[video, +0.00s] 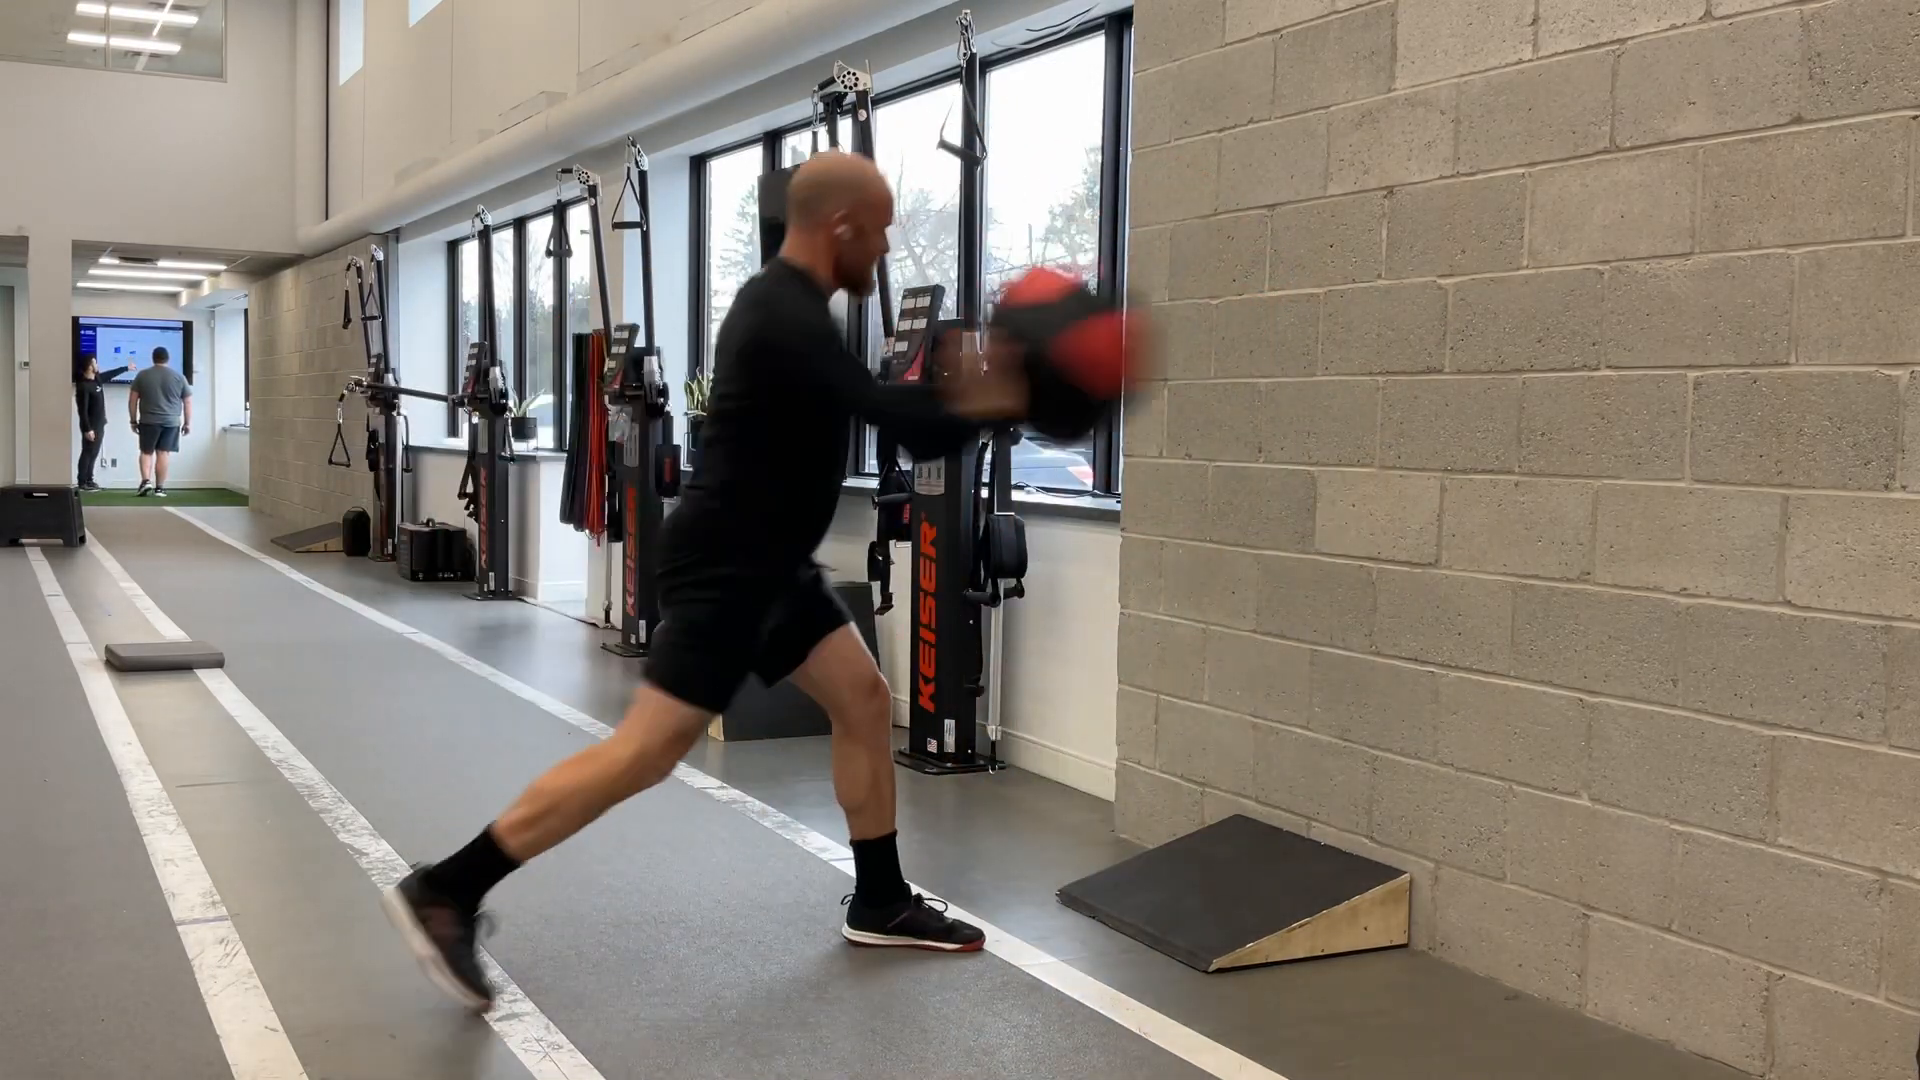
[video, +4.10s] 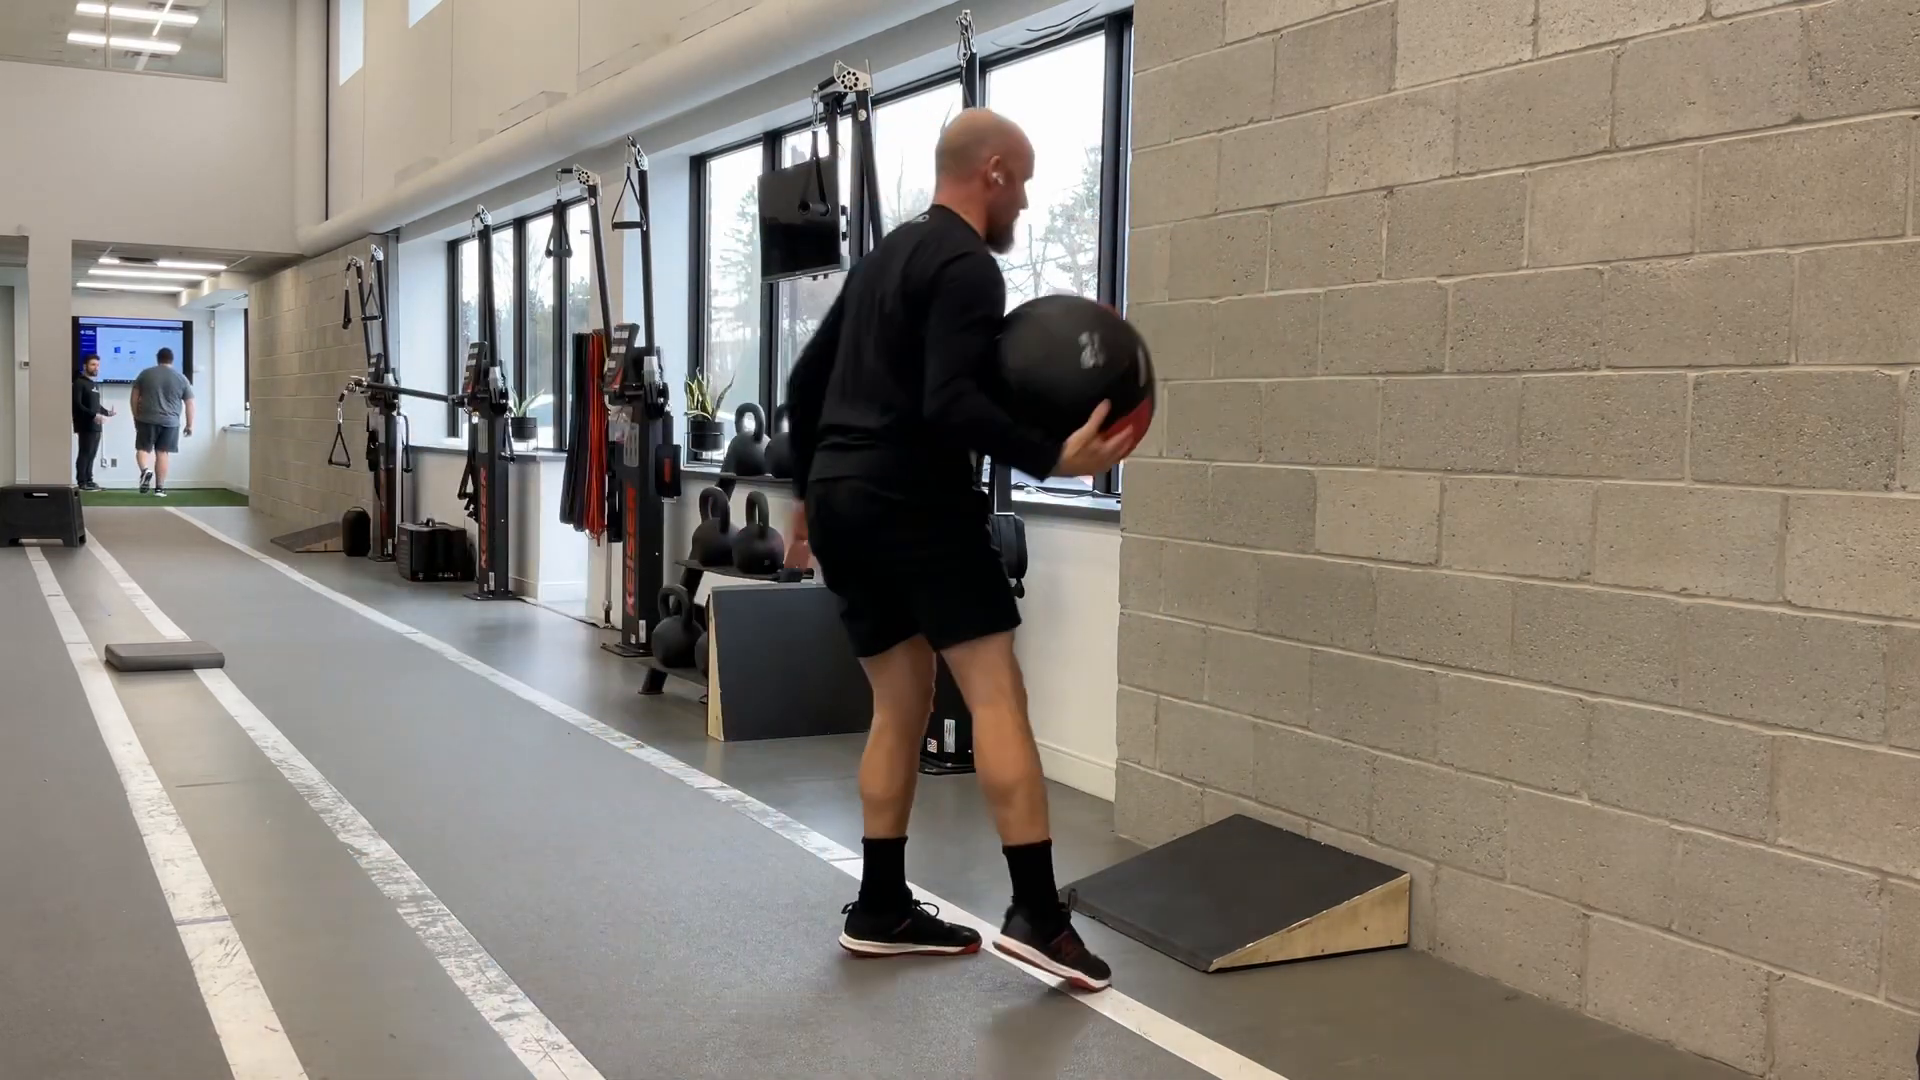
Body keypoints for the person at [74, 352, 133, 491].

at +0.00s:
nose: (96, 365)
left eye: (95, 363)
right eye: (94, 363)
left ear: (92, 365)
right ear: (89, 366)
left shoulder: (98, 379)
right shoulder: (83, 385)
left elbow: (111, 374)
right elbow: (82, 410)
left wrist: (126, 368)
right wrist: (87, 429)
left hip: (99, 423)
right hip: (90, 424)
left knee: (93, 454)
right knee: (87, 453)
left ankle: (89, 480)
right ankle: (83, 481)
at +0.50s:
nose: (94, 365)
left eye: (95, 363)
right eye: (90, 363)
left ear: (97, 365)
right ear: (85, 366)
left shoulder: (98, 381)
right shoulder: (82, 385)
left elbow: (108, 380)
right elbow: (81, 409)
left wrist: (120, 372)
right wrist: (86, 428)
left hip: (99, 423)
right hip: (89, 425)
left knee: (92, 454)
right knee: (86, 454)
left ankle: (89, 480)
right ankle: (83, 481)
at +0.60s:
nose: (94, 366)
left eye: (96, 363)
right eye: (91, 363)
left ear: (97, 365)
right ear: (85, 366)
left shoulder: (97, 382)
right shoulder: (81, 385)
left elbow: (104, 389)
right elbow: (80, 409)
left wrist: (111, 386)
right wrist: (86, 428)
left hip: (99, 424)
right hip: (89, 425)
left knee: (93, 454)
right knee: (87, 454)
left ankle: (89, 479)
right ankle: (83, 481)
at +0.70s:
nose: (95, 366)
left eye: (96, 363)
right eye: (92, 363)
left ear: (98, 365)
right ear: (85, 366)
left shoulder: (97, 383)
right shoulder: (81, 385)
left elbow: (95, 399)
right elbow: (79, 409)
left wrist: (105, 396)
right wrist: (84, 427)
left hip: (98, 424)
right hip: (88, 426)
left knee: (93, 454)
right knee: (86, 454)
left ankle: (89, 479)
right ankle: (82, 480)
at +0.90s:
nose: (97, 366)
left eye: (98, 363)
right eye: (93, 363)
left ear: (99, 365)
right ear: (87, 366)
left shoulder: (98, 384)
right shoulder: (81, 384)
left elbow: (98, 405)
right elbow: (78, 408)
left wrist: (107, 416)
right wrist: (81, 427)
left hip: (97, 424)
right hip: (87, 425)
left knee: (93, 454)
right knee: (85, 453)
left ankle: (89, 479)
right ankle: (82, 480)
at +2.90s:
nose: (98, 365)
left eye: (100, 363)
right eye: (95, 362)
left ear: (101, 365)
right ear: (88, 365)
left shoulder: (98, 385)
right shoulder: (81, 383)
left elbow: (99, 407)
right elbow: (78, 406)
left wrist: (103, 425)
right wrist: (80, 424)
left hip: (97, 425)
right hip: (87, 426)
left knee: (92, 455)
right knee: (85, 454)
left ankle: (89, 479)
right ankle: (82, 481)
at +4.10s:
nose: (96, 367)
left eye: (97, 365)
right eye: (93, 364)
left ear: (98, 367)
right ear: (86, 366)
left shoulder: (94, 384)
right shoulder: (79, 383)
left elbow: (95, 404)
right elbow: (78, 405)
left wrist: (107, 412)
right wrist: (93, 415)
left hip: (94, 423)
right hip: (84, 423)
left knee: (92, 453)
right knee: (85, 452)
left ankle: (89, 479)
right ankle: (82, 481)